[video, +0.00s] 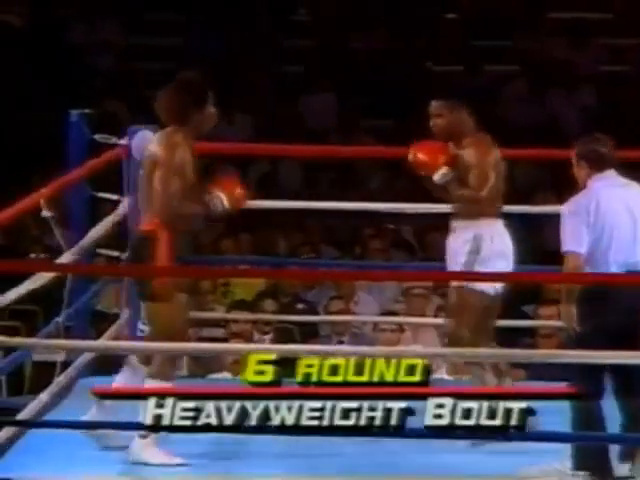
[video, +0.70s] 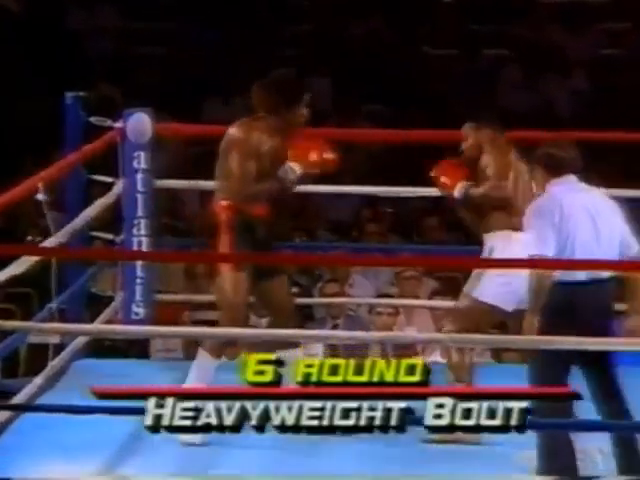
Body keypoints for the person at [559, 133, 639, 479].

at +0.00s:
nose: (574, 172)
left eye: (574, 166)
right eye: (573, 166)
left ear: (582, 166)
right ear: (611, 162)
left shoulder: (580, 204)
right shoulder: (635, 190)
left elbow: (574, 262)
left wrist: (566, 306)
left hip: (600, 295)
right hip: (636, 292)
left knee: (586, 378)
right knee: (629, 376)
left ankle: (593, 461)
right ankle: (633, 447)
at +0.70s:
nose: (533, 178)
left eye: (534, 172)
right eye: (533, 172)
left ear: (543, 172)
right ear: (574, 169)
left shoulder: (544, 205)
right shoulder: (603, 199)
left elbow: (543, 266)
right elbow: (631, 253)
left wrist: (533, 311)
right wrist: (632, 305)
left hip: (564, 295)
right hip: (601, 292)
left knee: (547, 381)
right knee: (600, 375)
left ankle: (558, 465)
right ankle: (630, 457)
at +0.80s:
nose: (512, 179)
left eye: (515, 172)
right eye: (512, 172)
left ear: (528, 171)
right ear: (557, 168)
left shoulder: (532, 203)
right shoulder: (586, 200)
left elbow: (534, 261)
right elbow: (614, 257)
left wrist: (519, 308)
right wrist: (610, 305)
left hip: (549, 291)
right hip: (584, 290)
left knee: (536, 380)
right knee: (583, 375)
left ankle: (553, 467)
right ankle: (621, 463)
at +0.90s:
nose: (491, 174)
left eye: (492, 166)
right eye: (491, 166)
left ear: (504, 166)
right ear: (530, 162)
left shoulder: (512, 194)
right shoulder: (561, 191)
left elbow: (512, 256)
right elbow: (583, 254)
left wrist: (495, 305)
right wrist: (579, 303)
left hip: (531, 285)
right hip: (563, 281)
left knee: (521, 376)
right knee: (549, 374)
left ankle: (543, 465)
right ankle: (571, 460)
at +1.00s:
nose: (470, 168)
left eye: (472, 161)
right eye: (470, 161)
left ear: (484, 161)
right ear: (514, 156)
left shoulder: (495, 193)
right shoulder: (544, 188)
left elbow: (491, 257)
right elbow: (566, 246)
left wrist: (481, 305)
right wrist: (560, 295)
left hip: (514, 283)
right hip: (547, 279)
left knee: (511, 375)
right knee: (522, 369)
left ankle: (535, 464)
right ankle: (523, 458)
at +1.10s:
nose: (452, 176)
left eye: (453, 167)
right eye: (452, 168)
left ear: (464, 165)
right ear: (491, 161)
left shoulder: (473, 198)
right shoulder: (520, 189)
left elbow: (469, 264)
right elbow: (543, 249)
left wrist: (446, 303)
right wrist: (531, 288)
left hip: (494, 292)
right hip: (524, 288)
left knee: (503, 383)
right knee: (479, 379)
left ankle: (533, 469)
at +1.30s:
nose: (416, 180)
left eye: (418, 173)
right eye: (416, 172)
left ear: (428, 173)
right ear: (456, 167)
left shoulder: (442, 204)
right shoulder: (483, 197)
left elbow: (437, 267)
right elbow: (504, 256)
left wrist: (404, 303)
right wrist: (495, 296)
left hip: (460, 294)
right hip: (486, 290)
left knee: (482, 384)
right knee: (449, 380)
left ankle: (528, 468)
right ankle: (411, 462)